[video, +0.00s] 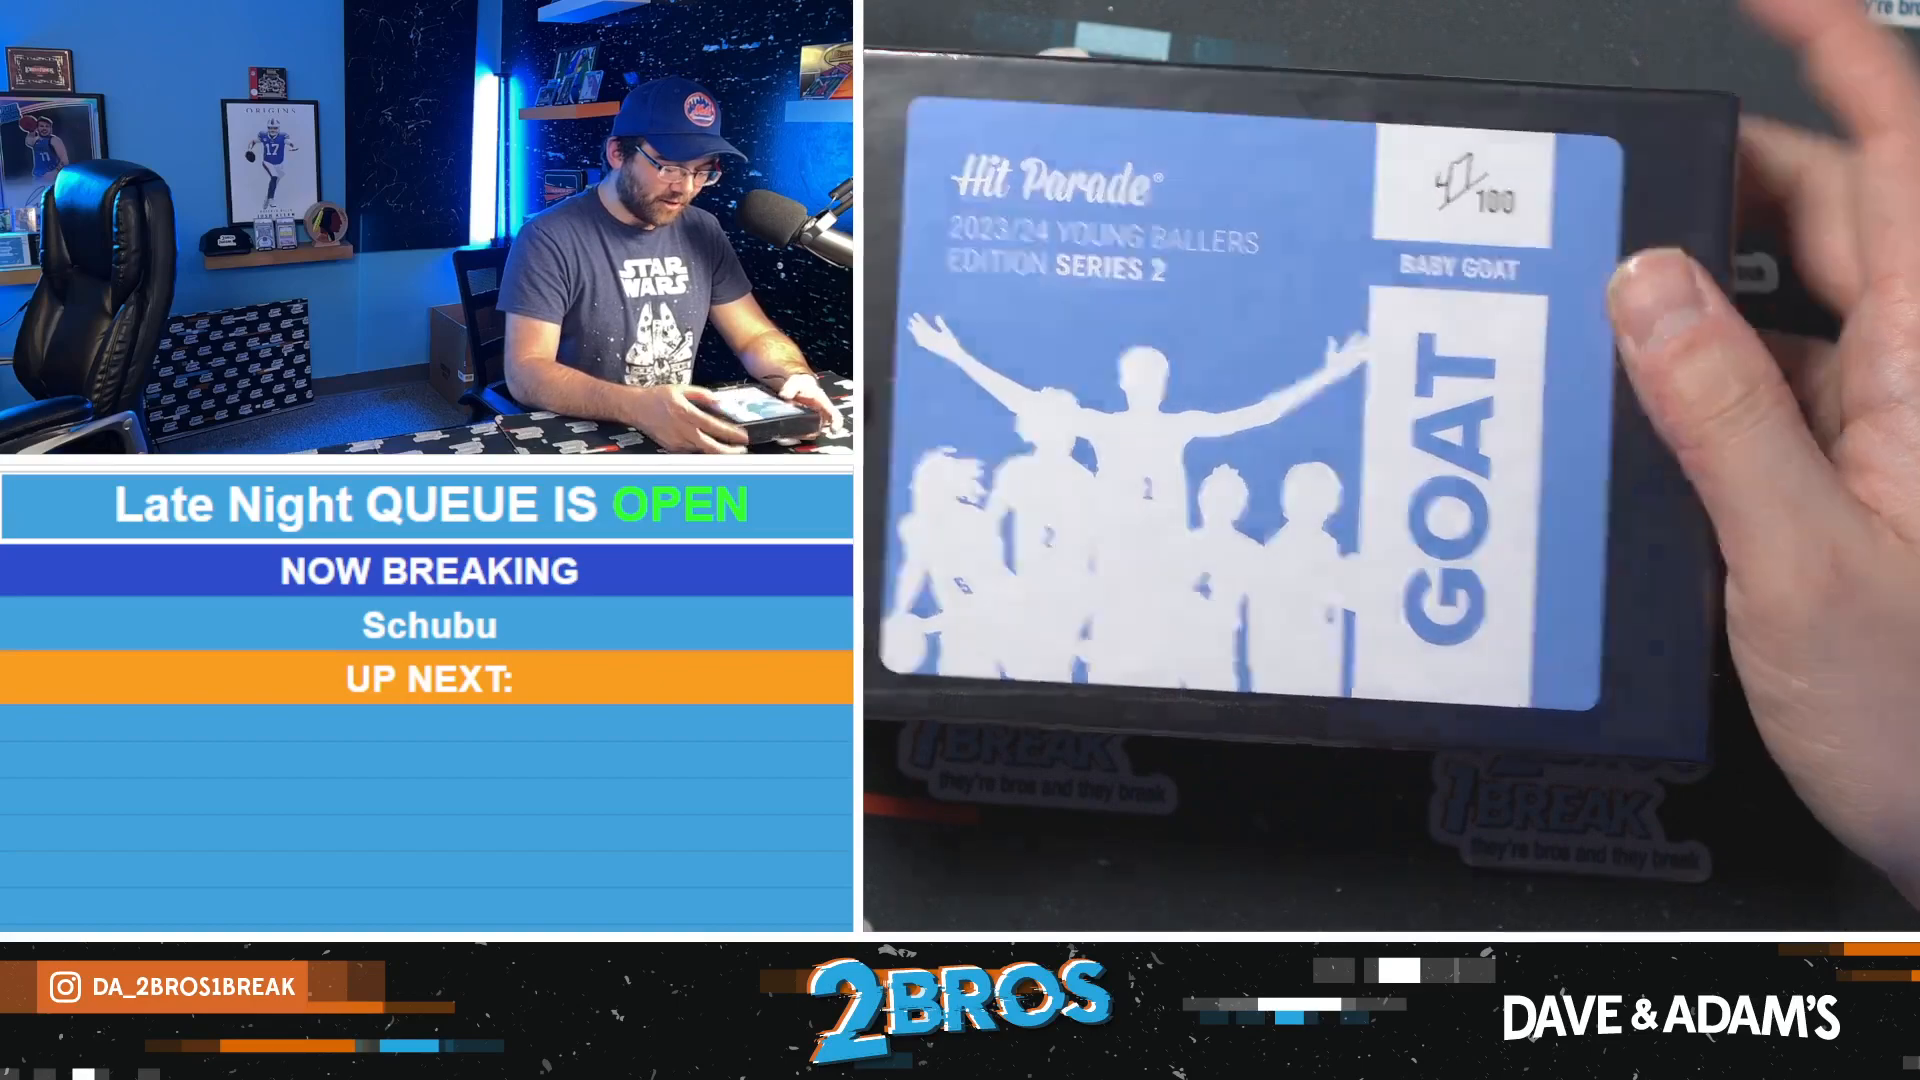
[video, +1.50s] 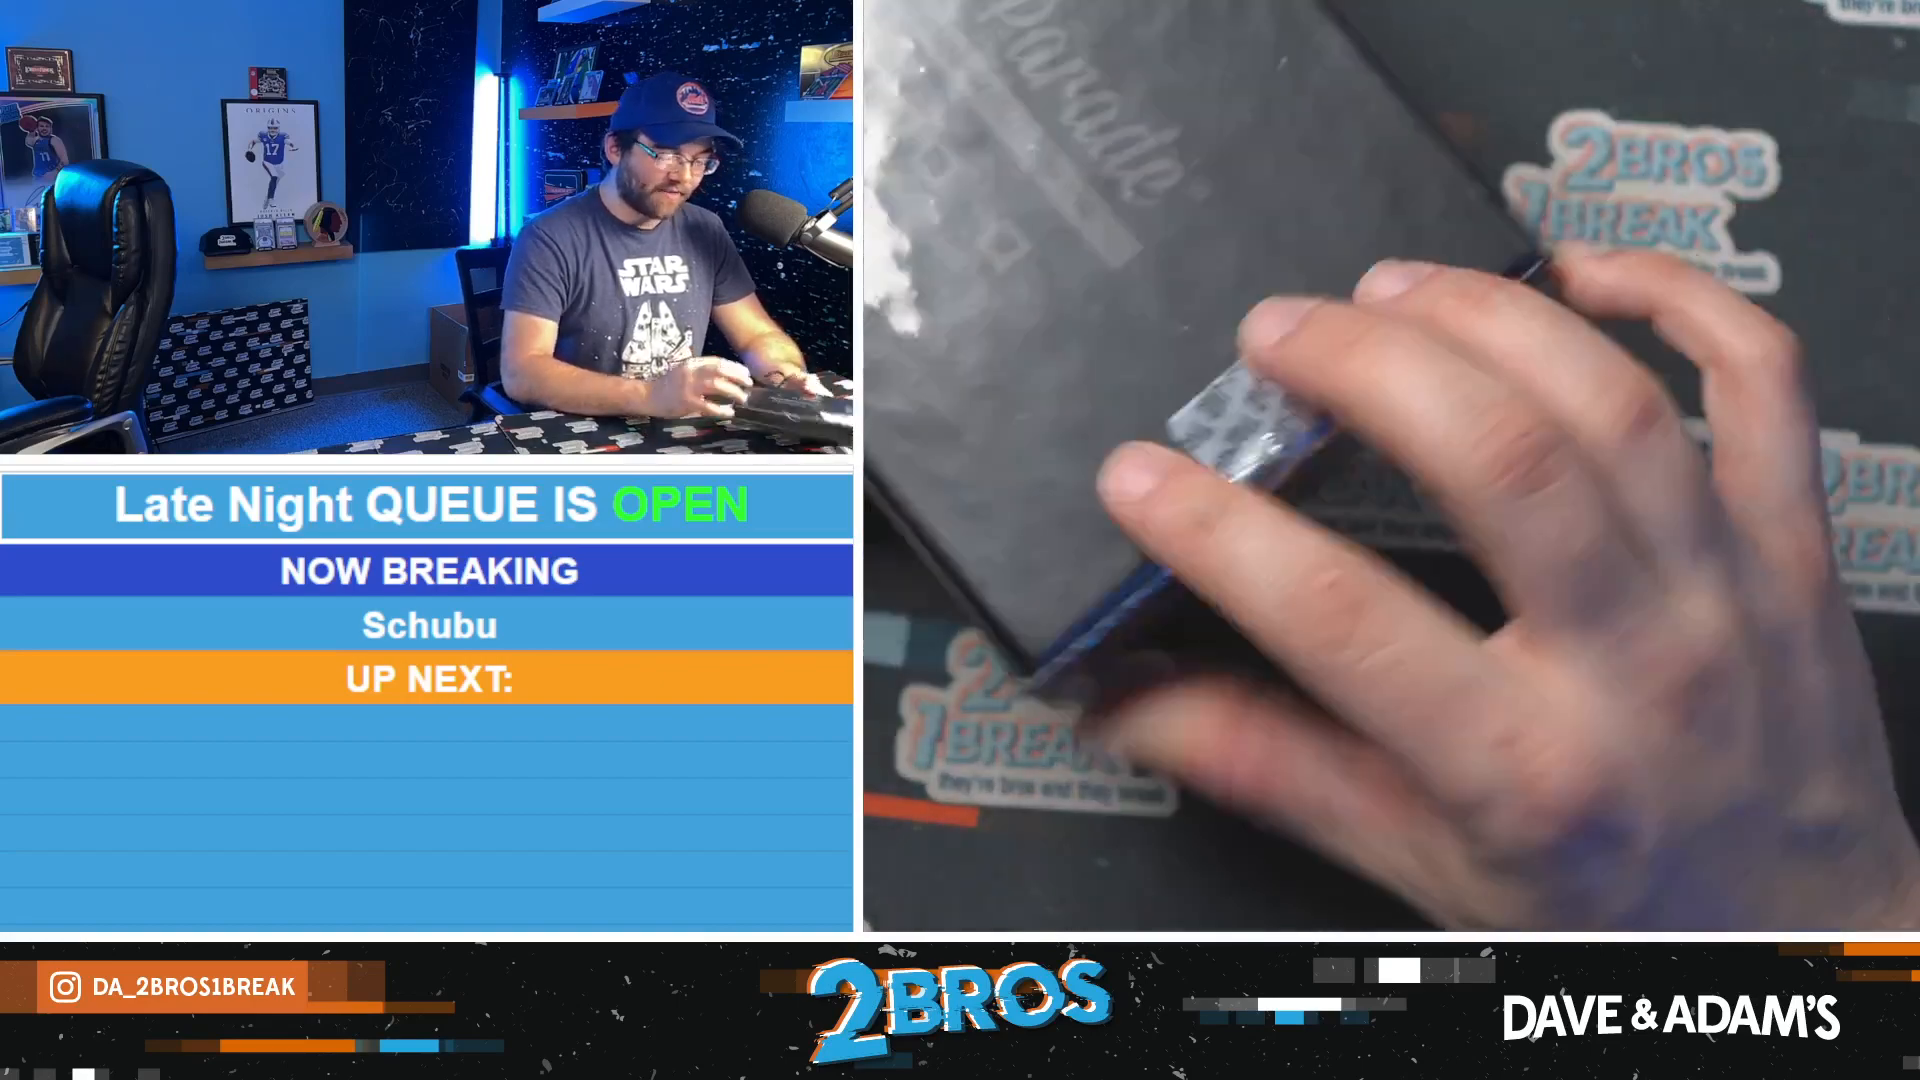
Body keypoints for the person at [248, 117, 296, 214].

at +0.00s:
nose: (273, 130)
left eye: (275, 128)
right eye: (271, 128)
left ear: (278, 128)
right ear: (268, 128)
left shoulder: (283, 136)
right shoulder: (263, 136)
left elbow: (290, 142)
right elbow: (254, 141)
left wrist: (292, 147)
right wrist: (250, 148)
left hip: (279, 164)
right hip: (267, 162)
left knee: (275, 182)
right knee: (274, 176)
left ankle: (267, 200)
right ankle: (270, 199)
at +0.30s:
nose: (273, 130)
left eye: (275, 128)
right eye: (271, 128)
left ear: (278, 128)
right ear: (268, 128)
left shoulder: (283, 136)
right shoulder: (263, 136)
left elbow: (290, 142)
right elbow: (254, 141)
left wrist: (292, 147)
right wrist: (250, 148)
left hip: (279, 164)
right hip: (267, 162)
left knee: (275, 182)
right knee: (274, 176)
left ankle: (267, 200)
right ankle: (270, 199)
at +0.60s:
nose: (273, 130)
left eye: (275, 128)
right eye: (271, 128)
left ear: (278, 128)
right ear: (268, 128)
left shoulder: (283, 136)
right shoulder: (263, 136)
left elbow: (290, 142)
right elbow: (254, 141)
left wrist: (292, 147)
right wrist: (250, 148)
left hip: (279, 164)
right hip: (267, 162)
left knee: (275, 182)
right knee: (274, 176)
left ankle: (267, 200)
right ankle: (270, 199)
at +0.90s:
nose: (273, 130)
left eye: (275, 128)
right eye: (271, 128)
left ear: (278, 128)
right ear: (268, 128)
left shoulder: (283, 136)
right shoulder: (263, 136)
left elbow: (290, 143)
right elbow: (253, 141)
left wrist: (292, 147)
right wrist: (250, 149)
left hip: (279, 164)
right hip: (267, 162)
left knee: (275, 183)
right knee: (274, 176)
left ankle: (267, 200)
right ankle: (271, 199)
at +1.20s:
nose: (273, 130)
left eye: (275, 128)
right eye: (271, 128)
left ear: (278, 128)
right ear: (268, 128)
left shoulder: (283, 136)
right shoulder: (263, 136)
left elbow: (290, 143)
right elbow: (253, 141)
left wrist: (292, 147)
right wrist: (250, 149)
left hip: (279, 164)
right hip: (267, 162)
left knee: (275, 182)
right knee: (274, 176)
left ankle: (267, 200)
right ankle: (270, 199)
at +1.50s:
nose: (273, 130)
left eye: (275, 128)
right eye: (271, 128)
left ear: (278, 128)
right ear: (268, 128)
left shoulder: (283, 136)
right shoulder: (263, 136)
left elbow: (290, 143)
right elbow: (253, 141)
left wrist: (292, 147)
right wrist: (250, 149)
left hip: (279, 164)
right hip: (267, 162)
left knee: (275, 182)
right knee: (274, 176)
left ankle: (267, 200)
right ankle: (270, 199)